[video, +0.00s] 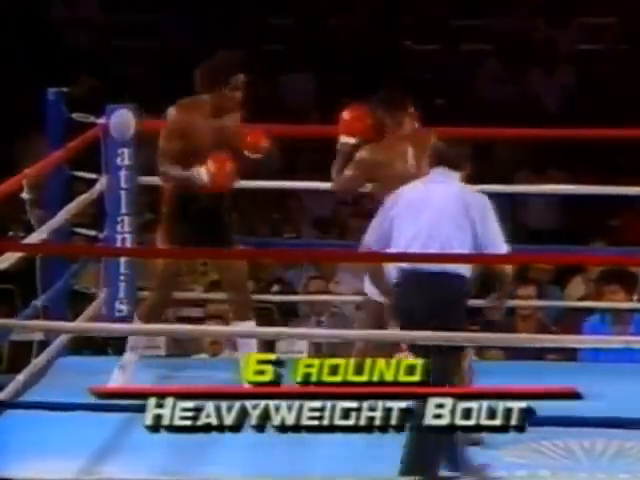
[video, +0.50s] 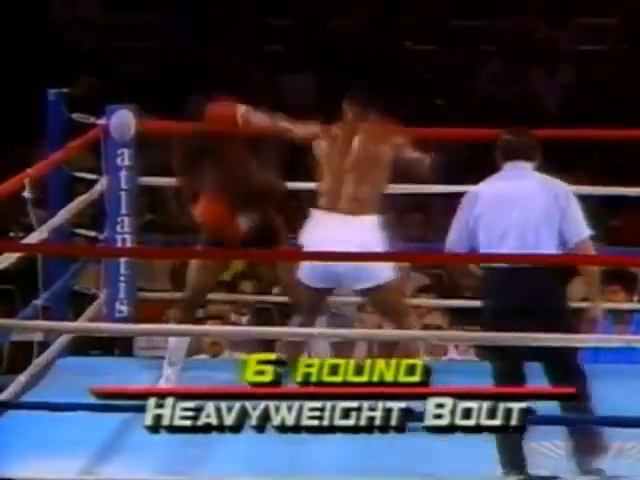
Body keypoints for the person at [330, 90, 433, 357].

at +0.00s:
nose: (417, 120)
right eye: (411, 115)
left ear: (381, 118)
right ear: (408, 115)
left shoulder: (372, 154)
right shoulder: (428, 143)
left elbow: (339, 185)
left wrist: (344, 147)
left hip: (389, 235)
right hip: (427, 233)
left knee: (374, 305)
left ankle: (359, 368)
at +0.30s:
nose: (366, 131)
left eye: (367, 124)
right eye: (365, 124)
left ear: (379, 123)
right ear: (401, 121)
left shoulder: (366, 160)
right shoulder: (432, 152)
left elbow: (335, 200)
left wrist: (333, 175)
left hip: (369, 257)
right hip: (417, 258)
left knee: (340, 326)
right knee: (448, 344)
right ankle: (457, 414)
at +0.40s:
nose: (352, 122)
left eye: (355, 116)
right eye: (353, 116)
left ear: (363, 117)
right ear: (389, 116)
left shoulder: (346, 156)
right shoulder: (419, 150)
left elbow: (316, 192)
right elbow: (428, 181)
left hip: (354, 241)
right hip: (401, 242)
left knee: (327, 324)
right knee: (434, 330)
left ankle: (307, 389)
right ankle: (447, 397)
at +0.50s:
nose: (347, 116)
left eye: (347, 110)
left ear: (346, 109)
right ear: (377, 112)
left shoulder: (323, 134)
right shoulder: (390, 139)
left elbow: (282, 125)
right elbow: (425, 165)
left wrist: (246, 115)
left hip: (320, 230)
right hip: (365, 235)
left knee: (303, 316)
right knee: (404, 319)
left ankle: (279, 377)